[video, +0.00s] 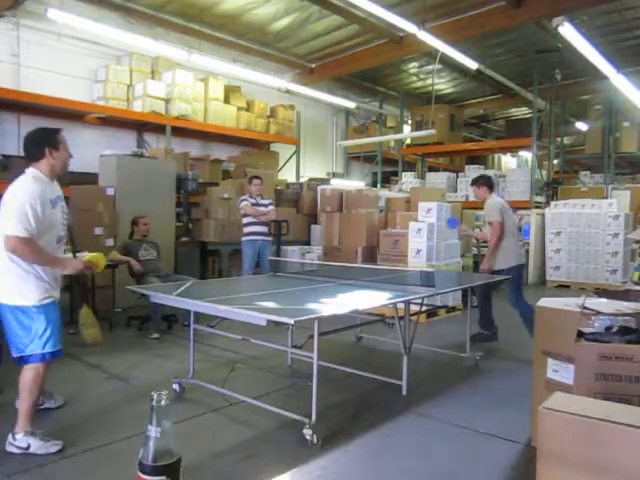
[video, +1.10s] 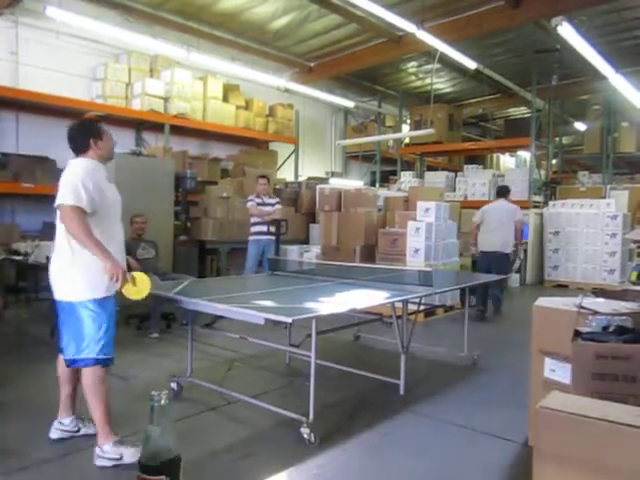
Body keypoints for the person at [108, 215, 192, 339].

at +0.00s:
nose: (147, 228)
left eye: (148, 225)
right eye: (144, 225)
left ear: (149, 227)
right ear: (135, 227)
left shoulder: (154, 245)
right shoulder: (128, 244)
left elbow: (158, 262)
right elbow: (112, 255)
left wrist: (163, 272)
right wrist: (130, 260)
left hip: (162, 275)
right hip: (146, 276)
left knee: (192, 283)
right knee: (158, 292)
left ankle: (188, 320)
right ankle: (154, 329)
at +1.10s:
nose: (140, 226)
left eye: (143, 223)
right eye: (136, 223)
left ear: (146, 225)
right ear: (131, 226)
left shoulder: (152, 244)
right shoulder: (126, 244)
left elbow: (155, 264)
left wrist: (165, 274)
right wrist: (128, 260)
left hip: (158, 274)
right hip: (142, 276)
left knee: (189, 281)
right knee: (158, 290)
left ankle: (186, 320)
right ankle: (154, 328)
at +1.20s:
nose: (140, 226)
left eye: (143, 223)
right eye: (136, 223)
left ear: (147, 225)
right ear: (131, 225)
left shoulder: (152, 244)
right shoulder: (128, 244)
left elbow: (156, 263)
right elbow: (130, 262)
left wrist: (161, 273)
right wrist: (141, 272)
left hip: (159, 274)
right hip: (143, 275)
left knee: (189, 281)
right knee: (162, 290)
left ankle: (186, 318)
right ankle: (155, 327)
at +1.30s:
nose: (142, 226)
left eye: (144, 223)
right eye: (139, 224)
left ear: (147, 225)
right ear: (134, 225)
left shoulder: (152, 245)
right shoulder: (130, 243)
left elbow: (156, 266)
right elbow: (132, 266)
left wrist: (165, 274)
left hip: (157, 274)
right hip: (142, 275)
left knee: (190, 282)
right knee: (158, 288)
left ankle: (186, 319)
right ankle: (154, 327)